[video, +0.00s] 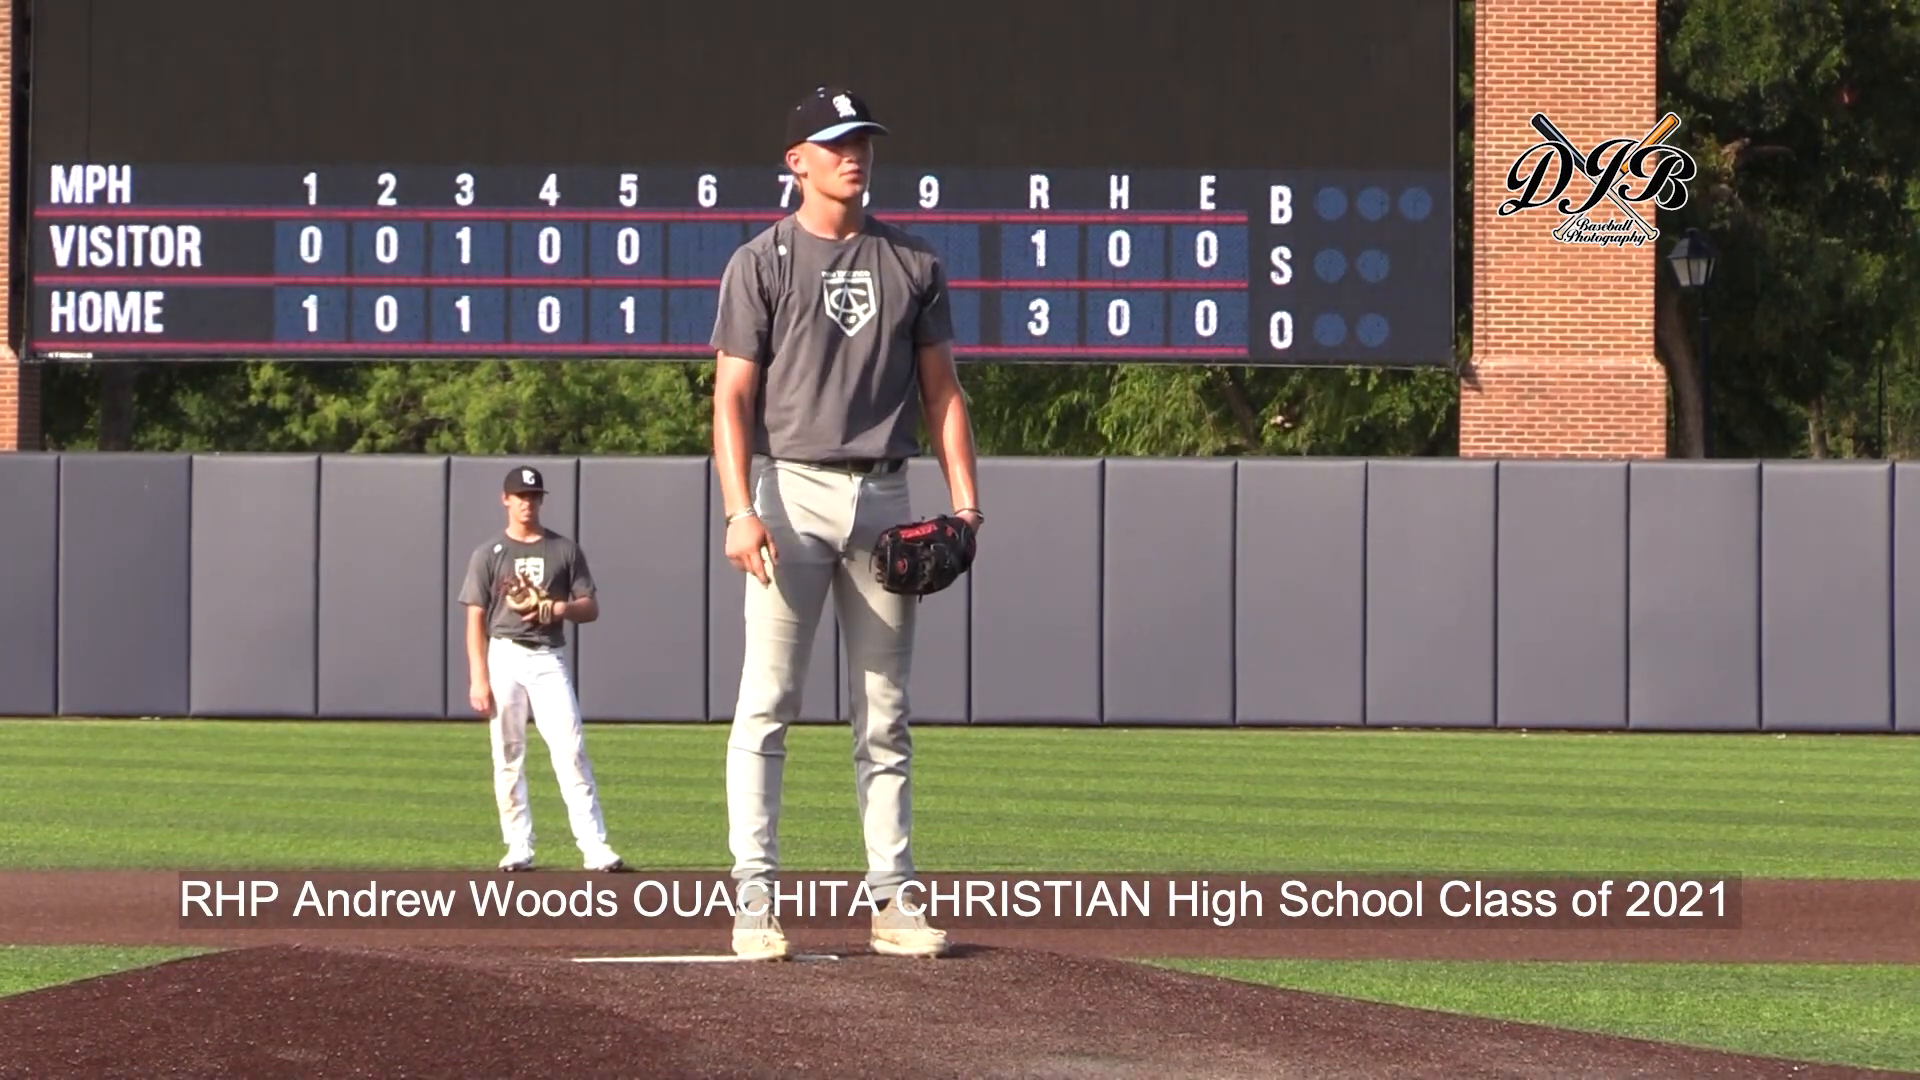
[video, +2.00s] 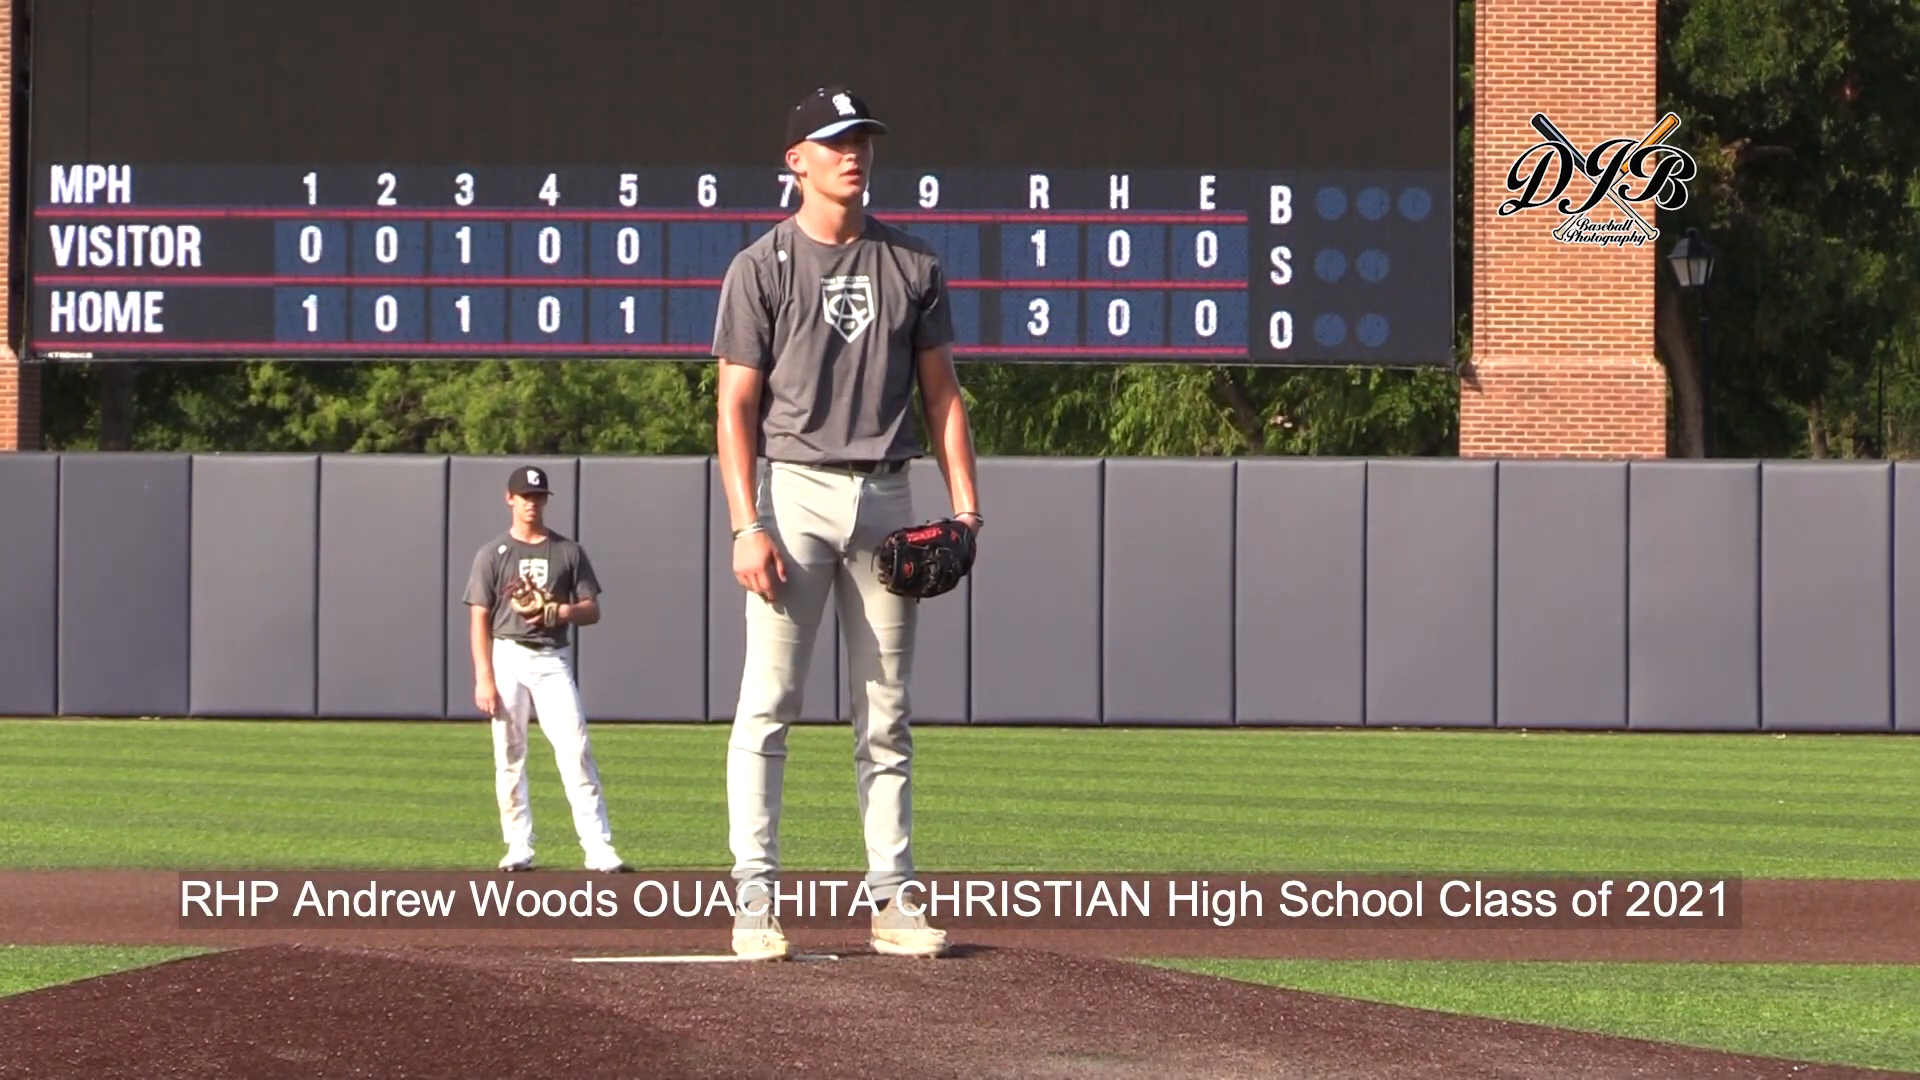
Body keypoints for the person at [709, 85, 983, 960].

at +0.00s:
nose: (854, 160)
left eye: (861, 146)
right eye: (837, 147)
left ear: (872, 158)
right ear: (799, 160)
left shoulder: (912, 266)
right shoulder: (759, 263)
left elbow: (944, 392)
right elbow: (730, 398)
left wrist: (965, 502)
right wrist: (740, 509)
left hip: (887, 498)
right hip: (790, 493)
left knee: (885, 712)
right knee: (767, 706)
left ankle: (893, 898)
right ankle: (756, 895)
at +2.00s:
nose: (852, 159)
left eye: (860, 145)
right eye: (835, 146)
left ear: (872, 158)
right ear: (798, 160)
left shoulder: (912, 267)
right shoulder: (759, 268)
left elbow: (944, 395)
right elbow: (733, 408)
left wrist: (965, 510)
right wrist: (745, 524)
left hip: (888, 497)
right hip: (792, 493)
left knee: (887, 712)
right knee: (769, 704)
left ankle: (893, 897)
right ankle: (755, 895)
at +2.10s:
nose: (853, 159)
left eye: (861, 146)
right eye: (836, 147)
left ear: (871, 159)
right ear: (798, 161)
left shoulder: (912, 267)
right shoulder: (759, 268)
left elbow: (944, 394)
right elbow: (733, 408)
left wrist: (965, 509)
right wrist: (745, 525)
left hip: (888, 497)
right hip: (792, 493)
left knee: (887, 712)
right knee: (769, 704)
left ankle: (893, 897)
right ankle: (755, 896)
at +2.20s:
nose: (853, 159)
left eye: (861, 146)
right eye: (836, 147)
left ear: (871, 158)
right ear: (798, 161)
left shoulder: (912, 266)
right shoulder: (759, 267)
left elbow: (943, 394)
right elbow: (733, 407)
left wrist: (965, 508)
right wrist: (745, 523)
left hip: (888, 496)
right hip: (792, 492)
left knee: (886, 712)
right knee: (769, 704)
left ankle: (893, 898)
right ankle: (756, 895)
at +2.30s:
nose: (853, 159)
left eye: (861, 145)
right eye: (837, 147)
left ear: (871, 158)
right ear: (798, 160)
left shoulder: (912, 266)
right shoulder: (759, 266)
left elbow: (943, 391)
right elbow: (732, 405)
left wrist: (965, 504)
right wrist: (745, 523)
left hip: (888, 496)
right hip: (792, 492)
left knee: (887, 711)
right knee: (769, 703)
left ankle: (893, 898)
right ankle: (756, 895)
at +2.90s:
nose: (845, 158)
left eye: (852, 144)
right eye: (827, 146)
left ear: (862, 157)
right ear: (787, 160)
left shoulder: (906, 258)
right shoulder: (752, 262)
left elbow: (936, 387)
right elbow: (724, 397)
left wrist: (915, 490)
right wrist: (820, 479)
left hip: (882, 501)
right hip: (783, 499)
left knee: (886, 714)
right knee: (767, 701)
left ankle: (893, 900)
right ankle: (756, 899)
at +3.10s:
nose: (832, 157)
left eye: (839, 143)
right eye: (814, 146)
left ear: (851, 156)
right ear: (777, 159)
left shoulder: (894, 259)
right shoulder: (740, 263)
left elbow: (925, 387)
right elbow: (713, 397)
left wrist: (893, 483)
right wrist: (805, 469)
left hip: (867, 503)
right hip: (772, 502)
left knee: (893, 702)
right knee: (762, 699)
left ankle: (896, 897)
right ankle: (752, 900)